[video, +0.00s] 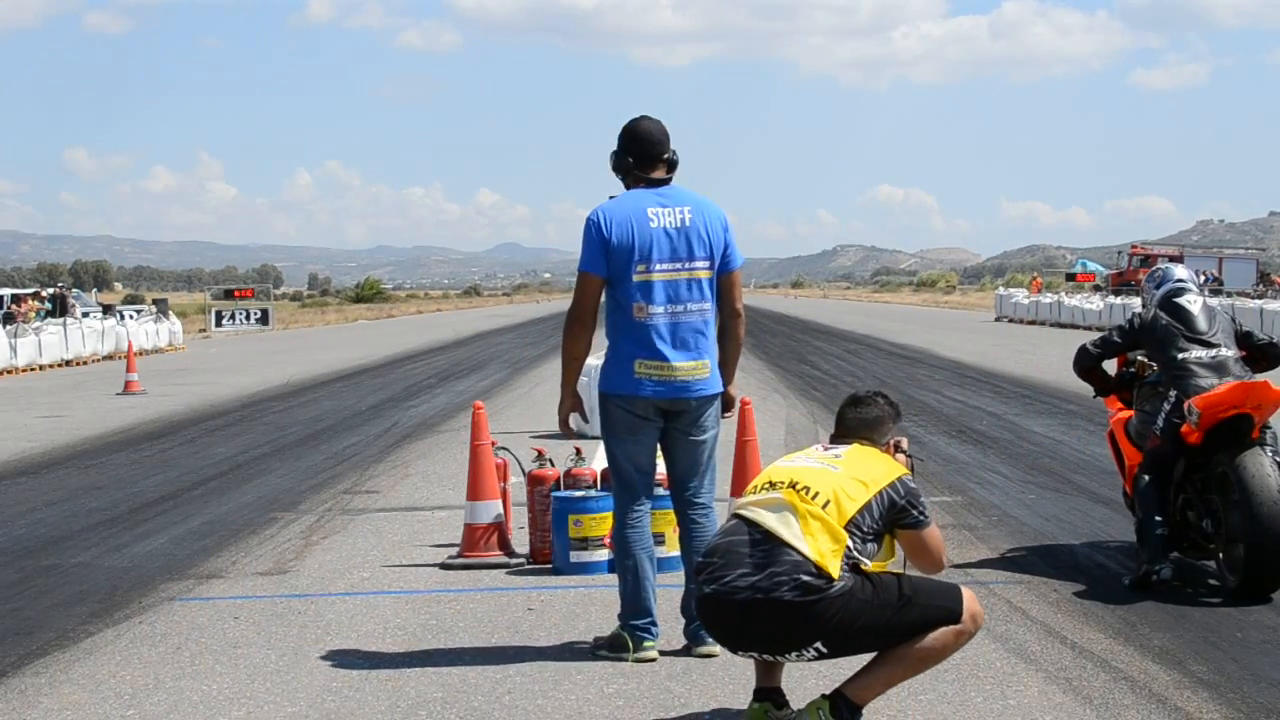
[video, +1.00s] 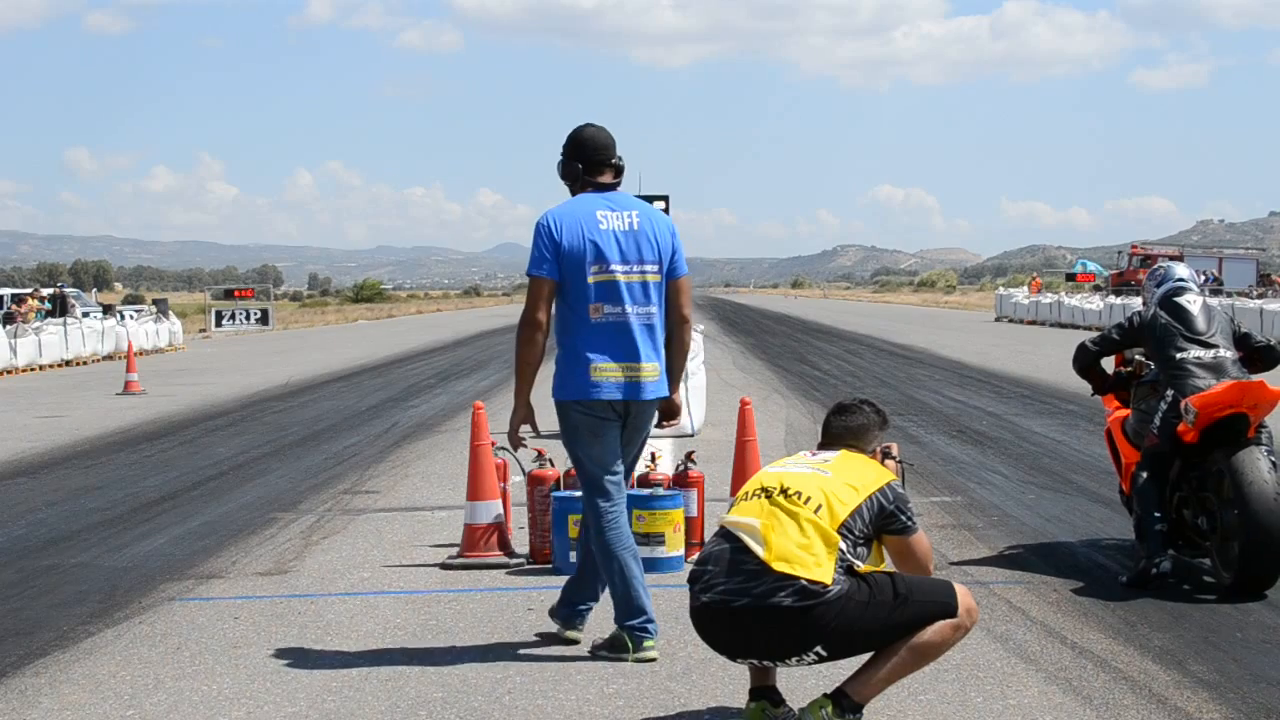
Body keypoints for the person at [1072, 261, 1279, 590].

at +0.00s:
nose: (1144, 298)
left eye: (1146, 292)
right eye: (1144, 292)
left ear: (1155, 289)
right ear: (1193, 285)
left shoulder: (1147, 320)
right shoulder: (1222, 315)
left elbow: (1085, 357)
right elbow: (1271, 349)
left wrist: (1107, 385)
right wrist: (1241, 368)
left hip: (1189, 392)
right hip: (1239, 384)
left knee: (1150, 473)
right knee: (1265, 439)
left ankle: (1154, 561)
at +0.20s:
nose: (1145, 300)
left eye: (1147, 294)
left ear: (1155, 291)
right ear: (1194, 286)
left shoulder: (1149, 320)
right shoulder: (1223, 315)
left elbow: (1087, 358)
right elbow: (1271, 350)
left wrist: (1108, 385)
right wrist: (1242, 367)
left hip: (1191, 392)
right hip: (1240, 386)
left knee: (1142, 474)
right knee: (1264, 440)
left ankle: (1154, 556)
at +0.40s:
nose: (1145, 296)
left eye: (1146, 290)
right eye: (1145, 290)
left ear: (1155, 288)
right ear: (1193, 283)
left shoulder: (1148, 319)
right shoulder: (1223, 314)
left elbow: (1087, 356)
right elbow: (1270, 347)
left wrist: (1107, 386)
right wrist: (1239, 368)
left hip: (1190, 392)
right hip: (1240, 386)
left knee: (1148, 471)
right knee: (1266, 437)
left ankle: (1154, 561)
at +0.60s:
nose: (1145, 298)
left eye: (1147, 292)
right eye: (1145, 292)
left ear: (1155, 289)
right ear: (1193, 284)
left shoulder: (1148, 319)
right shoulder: (1223, 314)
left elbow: (1086, 357)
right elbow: (1268, 349)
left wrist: (1108, 385)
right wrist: (1240, 368)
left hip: (1190, 391)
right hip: (1239, 385)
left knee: (1148, 470)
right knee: (1265, 440)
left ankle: (1154, 561)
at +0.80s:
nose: (1145, 297)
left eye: (1147, 291)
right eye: (1145, 292)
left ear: (1156, 288)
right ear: (1194, 284)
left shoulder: (1148, 319)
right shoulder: (1223, 315)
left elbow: (1087, 356)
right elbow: (1270, 350)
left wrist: (1106, 384)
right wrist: (1239, 367)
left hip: (1189, 391)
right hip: (1239, 385)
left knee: (1149, 468)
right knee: (1264, 436)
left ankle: (1153, 556)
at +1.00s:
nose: (1144, 297)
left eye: (1146, 291)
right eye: (1145, 292)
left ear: (1155, 288)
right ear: (1193, 285)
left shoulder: (1148, 318)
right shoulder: (1222, 314)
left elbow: (1085, 354)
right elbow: (1269, 351)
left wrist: (1104, 383)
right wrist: (1235, 367)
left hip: (1186, 391)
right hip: (1235, 385)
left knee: (1148, 469)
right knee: (1262, 433)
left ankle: (1153, 555)